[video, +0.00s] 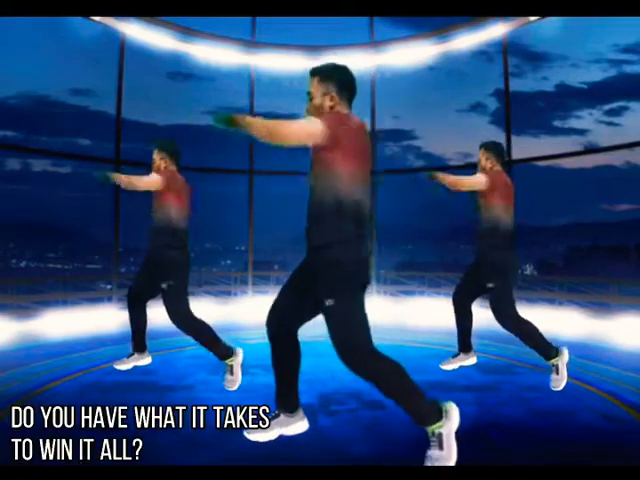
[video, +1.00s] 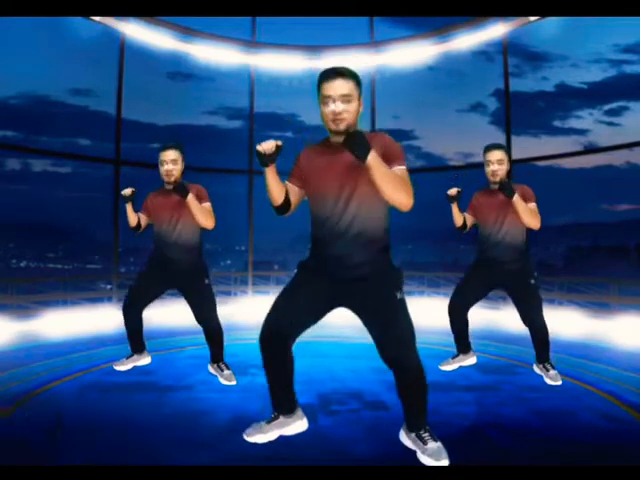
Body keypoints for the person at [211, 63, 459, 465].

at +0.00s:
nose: (309, 103)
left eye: (314, 95)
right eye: (310, 96)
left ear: (332, 96)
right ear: (339, 97)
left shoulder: (335, 127)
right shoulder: (351, 129)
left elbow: (278, 133)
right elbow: (285, 133)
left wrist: (242, 121)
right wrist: (251, 122)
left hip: (339, 259)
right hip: (332, 256)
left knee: (356, 353)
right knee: (280, 323)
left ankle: (437, 418)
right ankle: (288, 414)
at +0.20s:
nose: (299, 96)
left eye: (303, 89)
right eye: (299, 89)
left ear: (326, 90)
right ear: (319, 93)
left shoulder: (352, 122)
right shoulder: (316, 133)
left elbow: (351, 156)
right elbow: (299, 184)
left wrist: (309, 125)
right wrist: (291, 144)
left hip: (349, 255)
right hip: (317, 254)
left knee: (373, 344)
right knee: (281, 329)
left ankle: (441, 422)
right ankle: (289, 414)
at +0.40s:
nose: (311, 95)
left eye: (318, 87)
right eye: (309, 88)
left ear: (343, 88)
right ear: (315, 91)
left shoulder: (376, 126)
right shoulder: (309, 145)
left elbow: (391, 171)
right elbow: (278, 186)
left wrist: (350, 124)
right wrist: (269, 140)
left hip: (370, 258)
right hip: (319, 260)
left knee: (402, 344)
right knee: (289, 333)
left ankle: (416, 426)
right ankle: (289, 413)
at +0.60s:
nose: (321, 94)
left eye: (328, 85)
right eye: (319, 87)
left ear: (354, 85)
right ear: (324, 90)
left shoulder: (385, 126)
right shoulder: (314, 142)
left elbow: (403, 173)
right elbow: (282, 187)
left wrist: (362, 125)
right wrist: (271, 139)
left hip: (379, 259)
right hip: (325, 259)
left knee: (407, 346)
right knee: (295, 334)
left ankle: (416, 427)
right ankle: (289, 413)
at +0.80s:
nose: (332, 92)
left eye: (340, 83)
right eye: (326, 85)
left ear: (360, 85)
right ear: (320, 90)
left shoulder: (385, 126)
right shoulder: (314, 141)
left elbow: (405, 172)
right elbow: (285, 188)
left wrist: (363, 125)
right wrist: (273, 141)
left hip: (376, 258)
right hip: (324, 259)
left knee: (403, 347)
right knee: (293, 334)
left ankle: (416, 427)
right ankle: (289, 413)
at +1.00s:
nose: (337, 108)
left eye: (345, 99)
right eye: (328, 100)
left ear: (360, 104)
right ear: (319, 107)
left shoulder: (381, 145)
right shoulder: (311, 156)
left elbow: (404, 200)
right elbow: (284, 206)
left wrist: (364, 153)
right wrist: (268, 164)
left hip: (373, 276)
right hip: (320, 274)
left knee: (406, 361)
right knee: (273, 337)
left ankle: (417, 429)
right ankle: (287, 414)